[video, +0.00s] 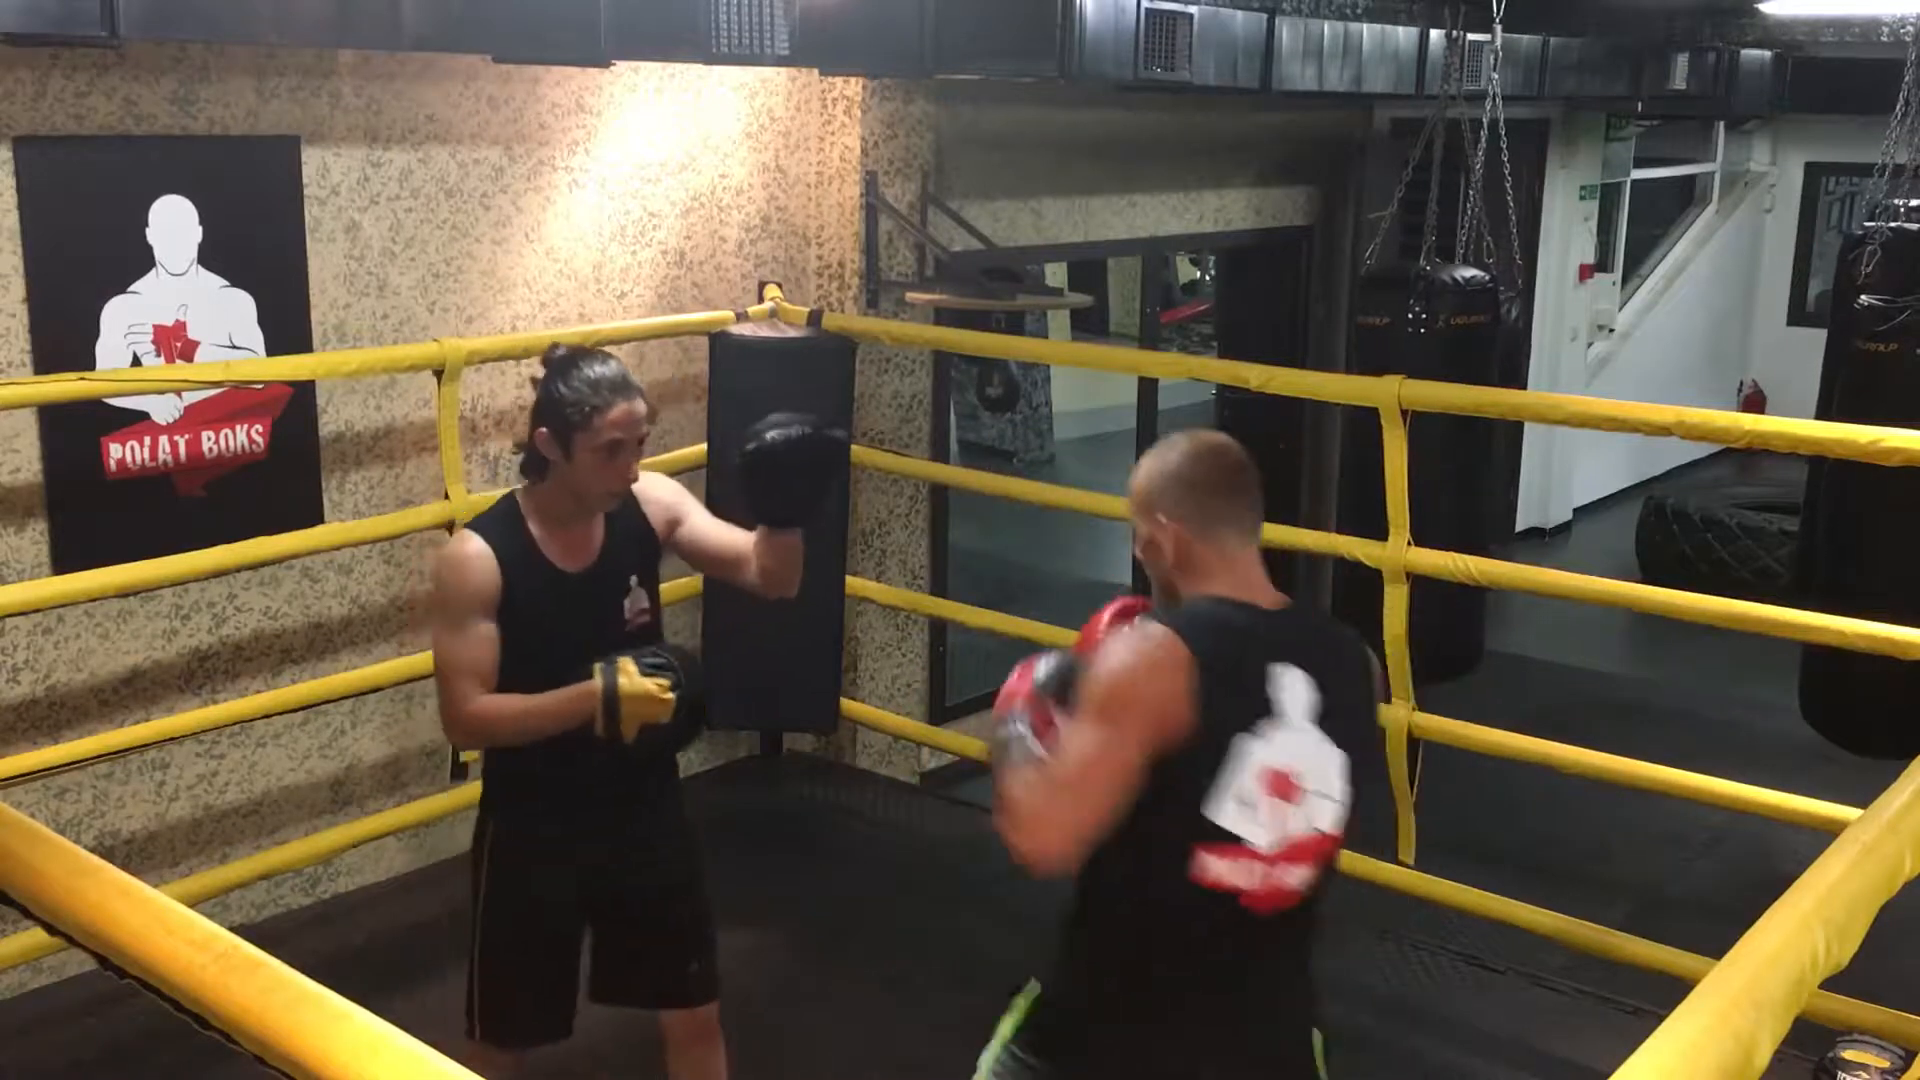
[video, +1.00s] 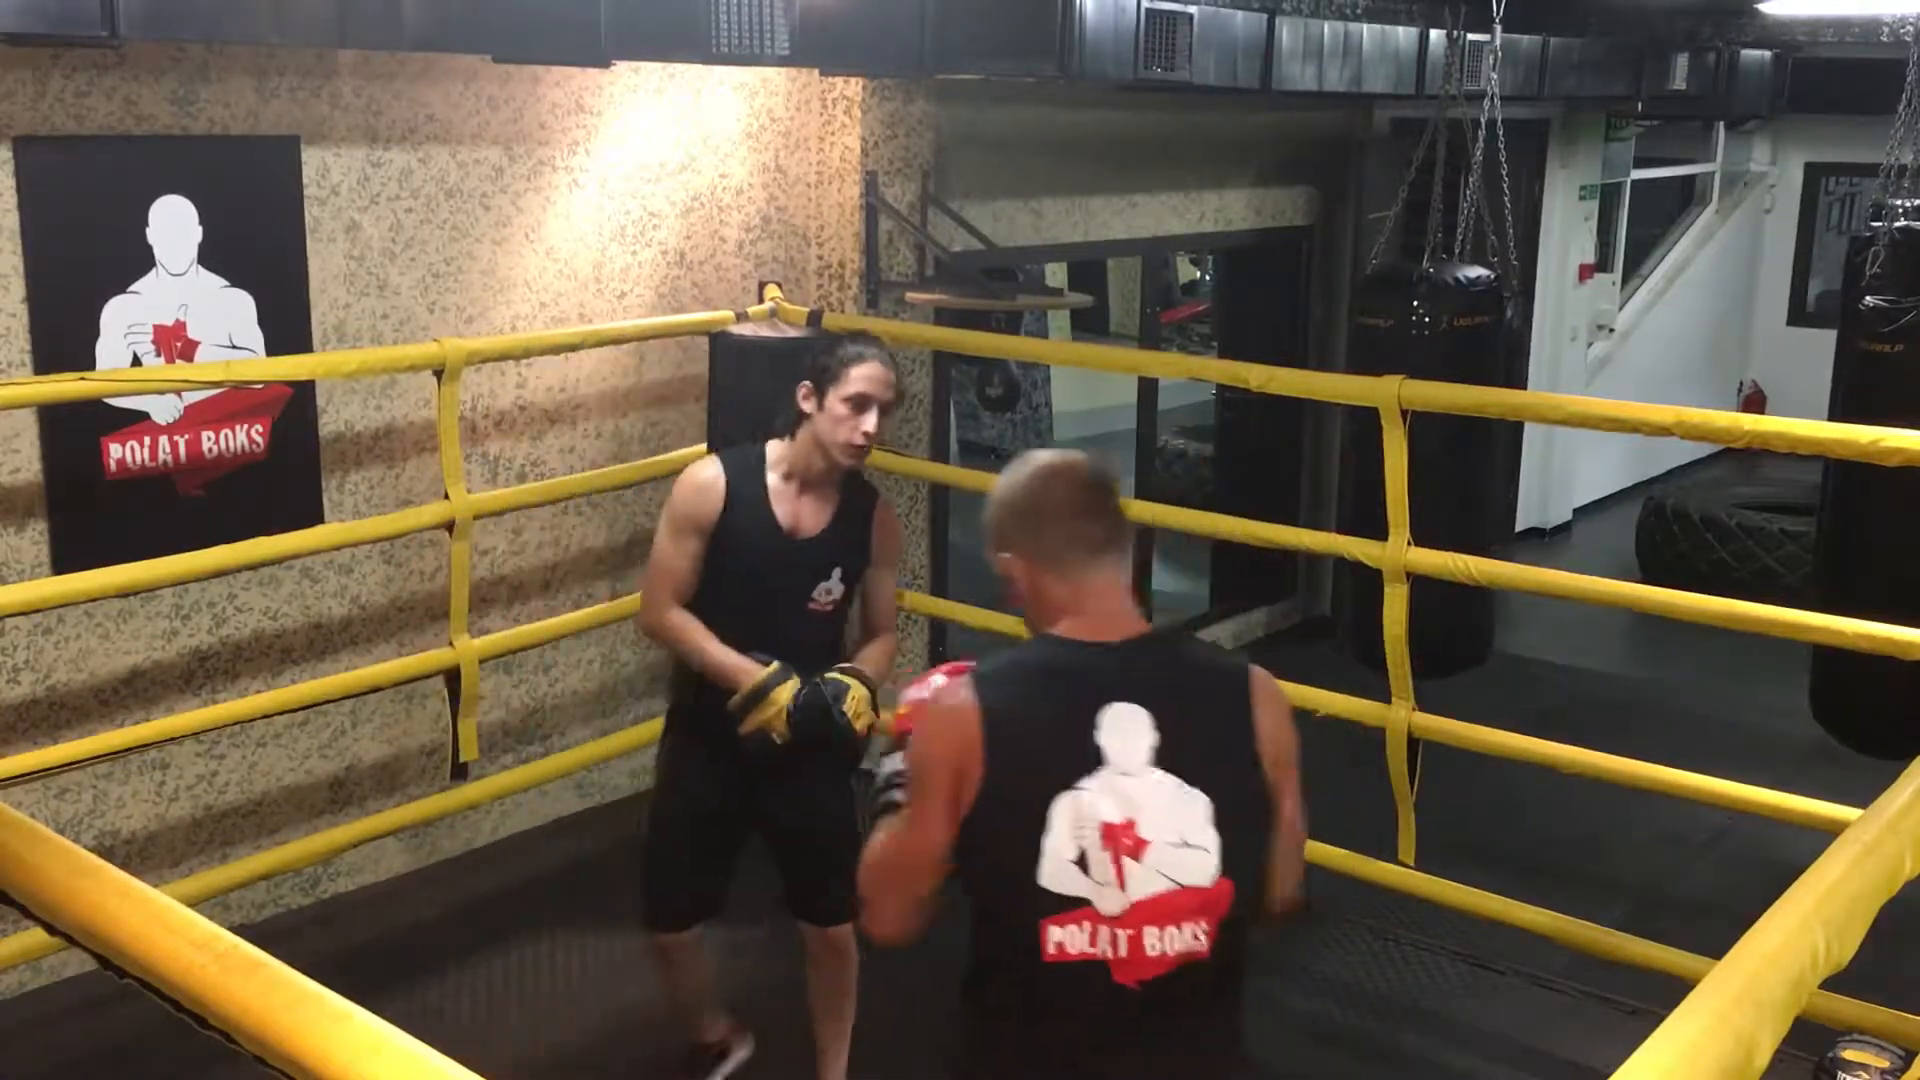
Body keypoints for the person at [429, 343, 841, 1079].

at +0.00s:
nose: (631, 467)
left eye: (638, 445)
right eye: (611, 451)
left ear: (645, 432)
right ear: (547, 444)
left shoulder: (653, 502)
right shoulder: (476, 560)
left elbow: (774, 575)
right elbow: (464, 718)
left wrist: (786, 493)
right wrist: (595, 697)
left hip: (646, 802)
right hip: (533, 817)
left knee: (694, 1012)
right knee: (503, 1039)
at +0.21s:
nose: (662, 457)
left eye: (671, 435)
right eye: (643, 437)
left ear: (680, 428)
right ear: (582, 431)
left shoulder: (697, 509)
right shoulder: (508, 542)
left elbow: (796, 602)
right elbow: (487, 698)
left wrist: (836, 543)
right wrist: (610, 694)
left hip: (658, 800)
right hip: (543, 808)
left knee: (701, 1016)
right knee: (500, 1026)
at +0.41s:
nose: (655, 448)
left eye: (663, 427)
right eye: (635, 430)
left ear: (672, 425)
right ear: (574, 429)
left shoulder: (673, 513)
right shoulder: (513, 558)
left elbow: (688, 610)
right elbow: (487, 718)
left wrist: (734, 654)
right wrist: (631, 730)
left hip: (669, 793)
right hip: (557, 810)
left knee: (733, 980)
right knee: (517, 1019)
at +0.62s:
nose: (716, 444)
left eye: (722, 425)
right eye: (697, 423)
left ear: (726, 427)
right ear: (637, 420)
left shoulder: (712, 518)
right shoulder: (561, 540)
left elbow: (704, 614)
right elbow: (526, 695)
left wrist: (751, 665)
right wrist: (659, 718)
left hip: (696, 781)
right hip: (588, 796)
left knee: (787, 956)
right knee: (527, 1015)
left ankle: (827, 1072)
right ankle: (503, 1076)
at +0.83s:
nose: (829, 444)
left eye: (837, 427)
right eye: (811, 425)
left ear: (841, 432)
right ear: (755, 422)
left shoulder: (818, 532)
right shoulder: (663, 519)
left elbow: (807, 631)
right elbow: (603, 652)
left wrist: (824, 678)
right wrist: (712, 716)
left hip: (767, 770)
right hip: (656, 770)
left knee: (815, 944)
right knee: (578, 962)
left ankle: (831, 1072)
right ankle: (539, 1073)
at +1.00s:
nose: (871, 427)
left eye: (882, 411)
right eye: (857, 406)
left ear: (887, 419)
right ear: (808, 399)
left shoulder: (872, 517)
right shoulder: (710, 485)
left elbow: (881, 636)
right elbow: (658, 609)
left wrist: (850, 682)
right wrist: (756, 679)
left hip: (811, 745)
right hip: (707, 739)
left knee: (831, 927)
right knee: (671, 918)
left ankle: (834, 1069)